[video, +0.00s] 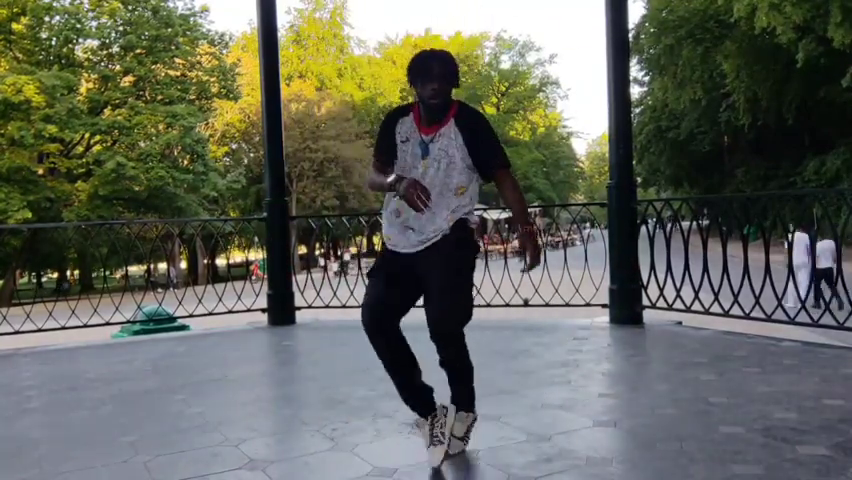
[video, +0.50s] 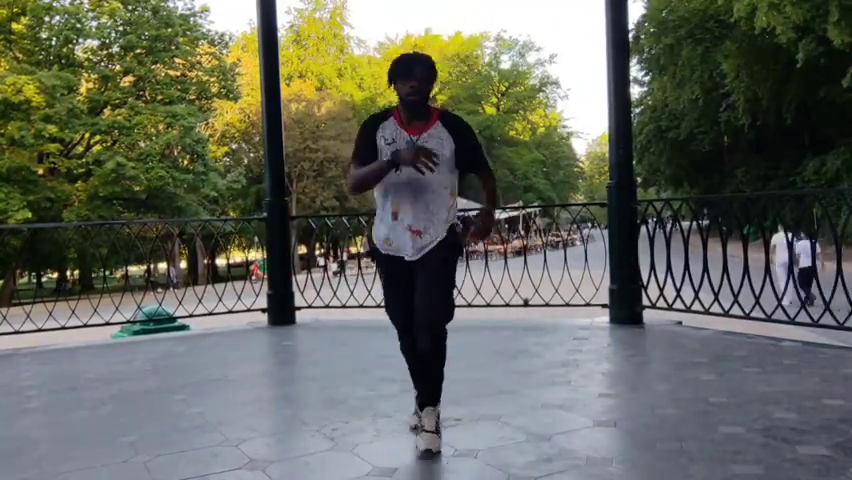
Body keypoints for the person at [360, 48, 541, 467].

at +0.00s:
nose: (435, 89)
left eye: (443, 81)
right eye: (426, 81)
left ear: (454, 84)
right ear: (412, 85)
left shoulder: (470, 122)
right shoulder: (395, 123)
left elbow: (503, 176)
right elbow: (374, 177)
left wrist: (526, 226)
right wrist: (399, 183)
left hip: (450, 242)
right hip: (402, 245)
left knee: (445, 330)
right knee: (376, 319)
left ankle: (463, 410)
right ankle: (429, 414)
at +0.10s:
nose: (430, 89)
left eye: (439, 81)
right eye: (422, 81)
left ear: (451, 84)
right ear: (408, 86)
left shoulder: (470, 124)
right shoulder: (393, 126)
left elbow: (503, 177)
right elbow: (375, 179)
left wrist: (531, 231)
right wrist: (388, 191)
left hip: (444, 242)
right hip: (397, 243)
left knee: (434, 329)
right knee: (359, 312)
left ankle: (459, 411)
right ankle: (404, 402)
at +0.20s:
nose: (427, 86)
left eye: (435, 78)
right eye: (419, 78)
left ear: (447, 82)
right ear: (406, 82)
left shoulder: (468, 122)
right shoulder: (391, 125)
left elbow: (504, 175)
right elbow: (373, 174)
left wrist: (530, 229)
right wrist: (376, 186)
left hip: (441, 239)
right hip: (394, 238)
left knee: (428, 329)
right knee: (362, 315)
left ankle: (446, 414)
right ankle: (403, 385)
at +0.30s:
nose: (420, 85)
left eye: (428, 77)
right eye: (412, 77)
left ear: (441, 82)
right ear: (401, 83)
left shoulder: (462, 123)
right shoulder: (384, 126)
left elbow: (498, 176)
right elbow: (363, 174)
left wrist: (524, 231)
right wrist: (370, 181)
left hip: (439, 238)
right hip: (393, 238)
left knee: (423, 323)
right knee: (394, 326)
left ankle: (421, 412)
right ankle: (420, 403)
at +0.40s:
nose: (414, 91)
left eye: (422, 84)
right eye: (407, 84)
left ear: (434, 89)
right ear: (394, 90)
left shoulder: (454, 132)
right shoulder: (377, 132)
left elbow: (484, 185)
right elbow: (353, 184)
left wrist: (508, 235)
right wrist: (373, 184)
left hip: (439, 241)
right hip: (393, 242)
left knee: (431, 323)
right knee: (406, 324)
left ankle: (411, 413)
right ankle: (427, 396)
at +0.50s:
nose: (414, 86)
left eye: (421, 80)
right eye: (406, 79)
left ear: (433, 85)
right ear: (393, 85)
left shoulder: (453, 127)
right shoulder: (375, 127)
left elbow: (485, 175)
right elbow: (355, 182)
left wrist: (489, 211)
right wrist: (395, 160)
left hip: (438, 241)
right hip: (390, 245)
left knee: (430, 326)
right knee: (407, 332)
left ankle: (431, 413)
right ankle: (424, 402)